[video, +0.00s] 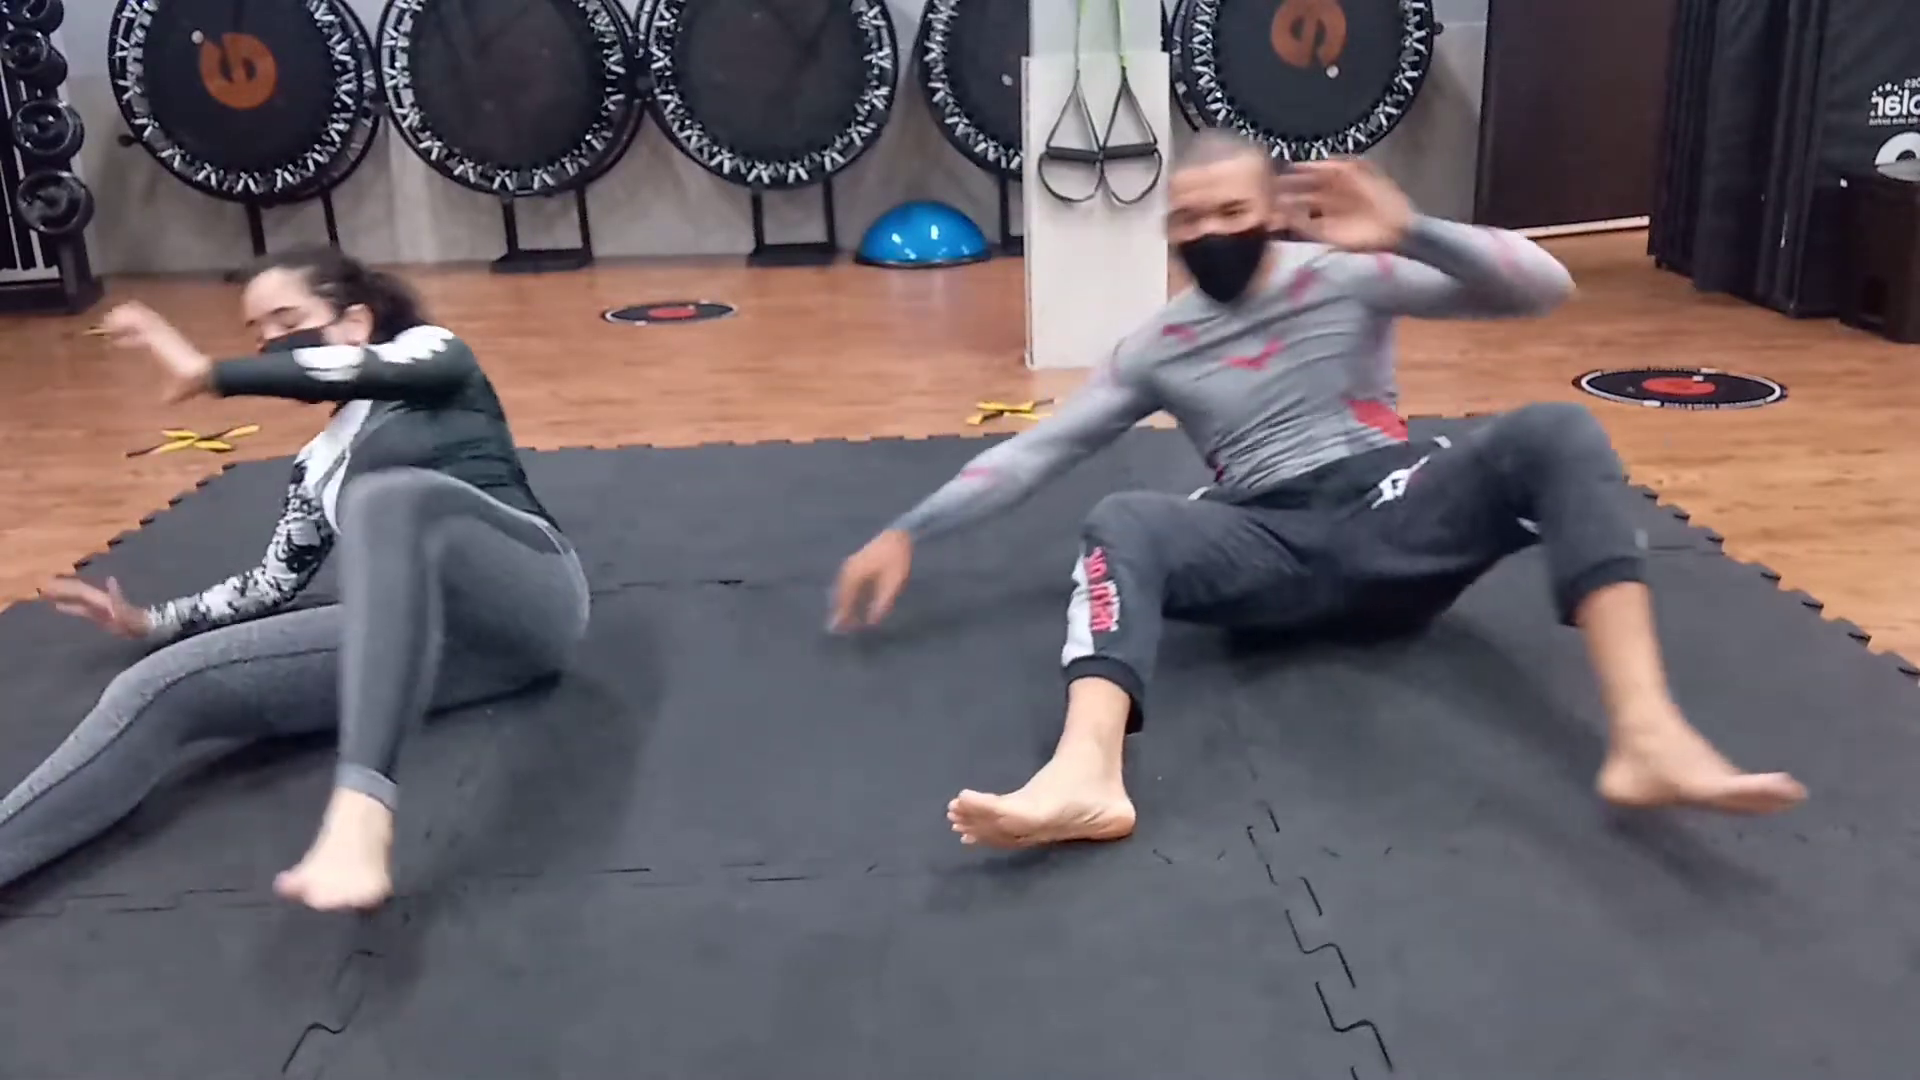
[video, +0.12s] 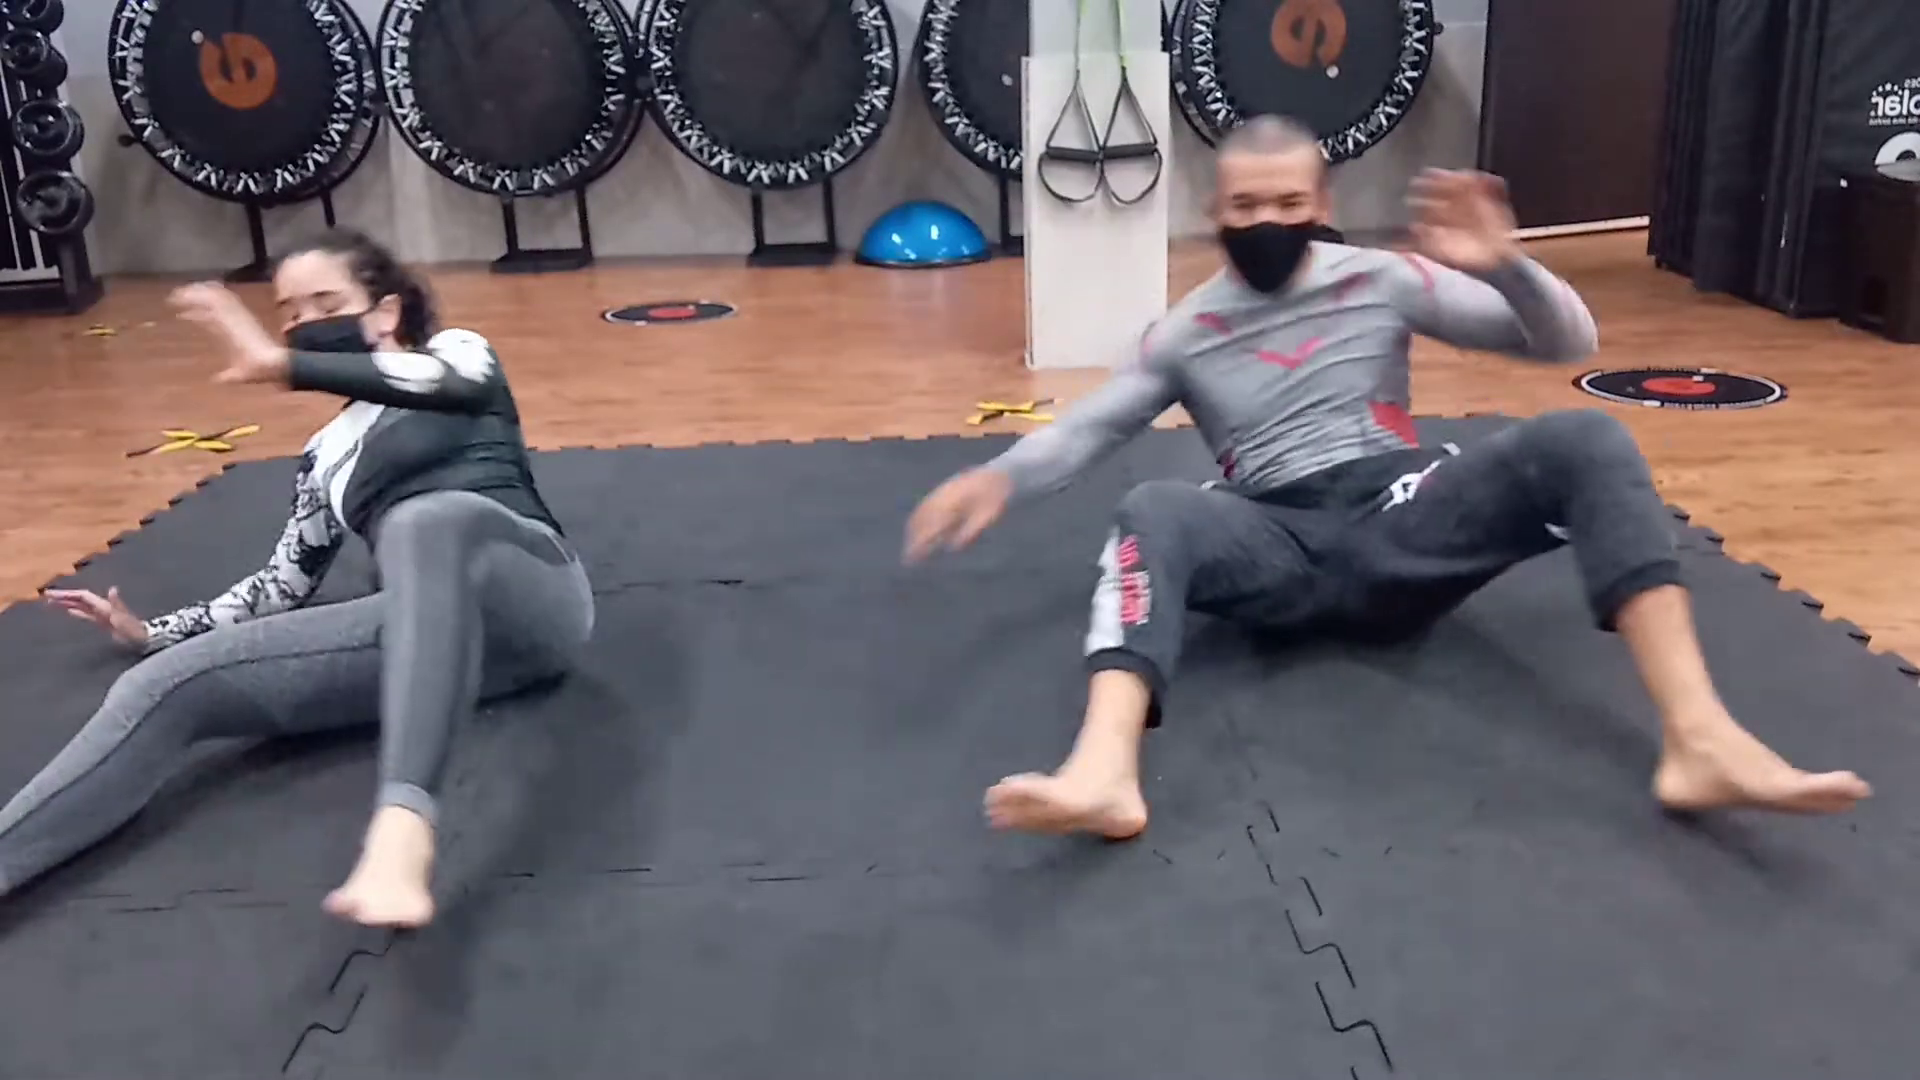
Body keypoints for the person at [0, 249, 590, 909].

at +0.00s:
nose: (269, 346)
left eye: (286, 325)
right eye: (257, 336)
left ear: (359, 319)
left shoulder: (437, 355)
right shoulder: (320, 467)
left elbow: (357, 367)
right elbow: (274, 586)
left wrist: (211, 373)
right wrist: (148, 624)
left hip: (530, 606)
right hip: (416, 652)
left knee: (386, 498)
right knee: (168, 684)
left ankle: (362, 807)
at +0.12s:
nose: (306, 327)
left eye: (328, 305)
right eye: (290, 317)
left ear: (388, 313)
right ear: (281, 333)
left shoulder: (461, 351)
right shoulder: (327, 457)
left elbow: (443, 383)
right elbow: (282, 585)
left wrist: (284, 361)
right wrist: (150, 634)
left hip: (535, 604)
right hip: (415, 628)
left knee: (427, 524)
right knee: (178, 679)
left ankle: (403, 823)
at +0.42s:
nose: (412, 283)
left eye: (433, 266)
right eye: (393, 267)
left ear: (469, 280)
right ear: (363, 285)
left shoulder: (528, 365)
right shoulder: (361, 413)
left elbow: (613, 451)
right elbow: (279, 537)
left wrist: (510, 386)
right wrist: (165, 632)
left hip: (546, 603)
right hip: (417, 615)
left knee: (481, 547)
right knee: (203, 659)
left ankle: (473, 848)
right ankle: (47, 872)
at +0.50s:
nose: (443, 281)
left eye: (462, 266)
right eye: (422, 265)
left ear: (491, 277)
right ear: (385, 279)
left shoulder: (541, 365)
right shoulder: (373, 407)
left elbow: (643, 465)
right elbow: (298, 535)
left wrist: (570, 404)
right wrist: (187, 631)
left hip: (549, 601)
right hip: (426, 611)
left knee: (495, 547)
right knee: (219, 653)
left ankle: (473, 852)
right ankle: (72, 874)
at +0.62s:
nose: (479, 277)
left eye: (498, 262)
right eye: (455, 262)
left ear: (523, 273)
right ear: (414, 277)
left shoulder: (565, 367)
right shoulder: (393, 398)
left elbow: (678, 485)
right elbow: (322, 535)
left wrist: (642, 432)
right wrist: (219, 610)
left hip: (553, 599)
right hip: (434, 609)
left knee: (520, 550)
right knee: (231, 653)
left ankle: (481, 857)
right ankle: (104, 877)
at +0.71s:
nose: (509, 273)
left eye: (526, 258)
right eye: (486, 257)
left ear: (546, 270)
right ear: (437, 272)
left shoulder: (576, 362)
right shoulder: (403, 392)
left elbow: (686, 493)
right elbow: (333, 526)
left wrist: (684, 446)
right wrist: (249, 584)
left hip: (551, 595)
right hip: (433, 604)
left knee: (535, 555)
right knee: (245, 641)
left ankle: (485, 865)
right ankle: (130, 873)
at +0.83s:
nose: (554, 273)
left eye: (571, 259)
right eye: (531, 253)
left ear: (588, 273)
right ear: (477, 266)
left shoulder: (608, 370)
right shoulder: (422, 377)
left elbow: (706, 501)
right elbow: (353, 501)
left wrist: (744, 457)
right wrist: (313, 519)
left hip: (559, 592)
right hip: (442, 598)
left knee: (572, 563)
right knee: (272, 627)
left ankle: (492, 874)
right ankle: (189, 859)